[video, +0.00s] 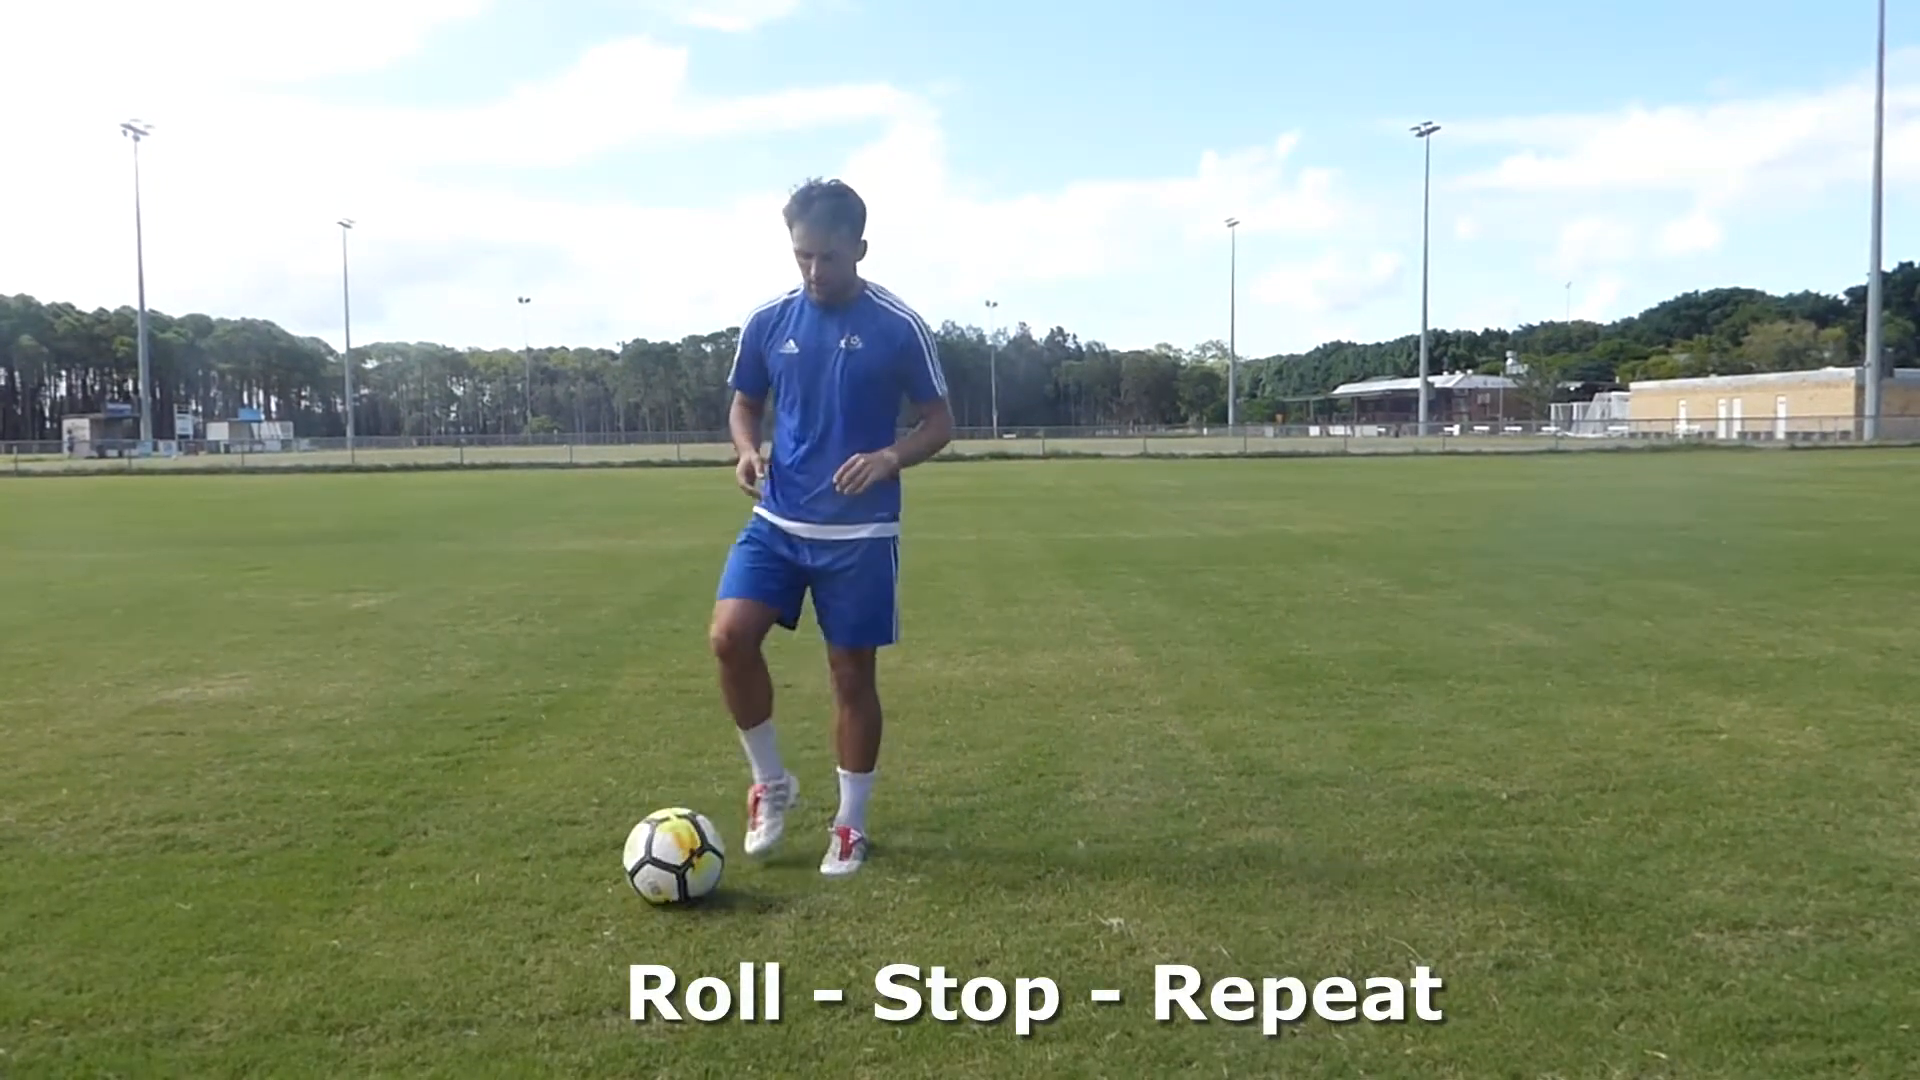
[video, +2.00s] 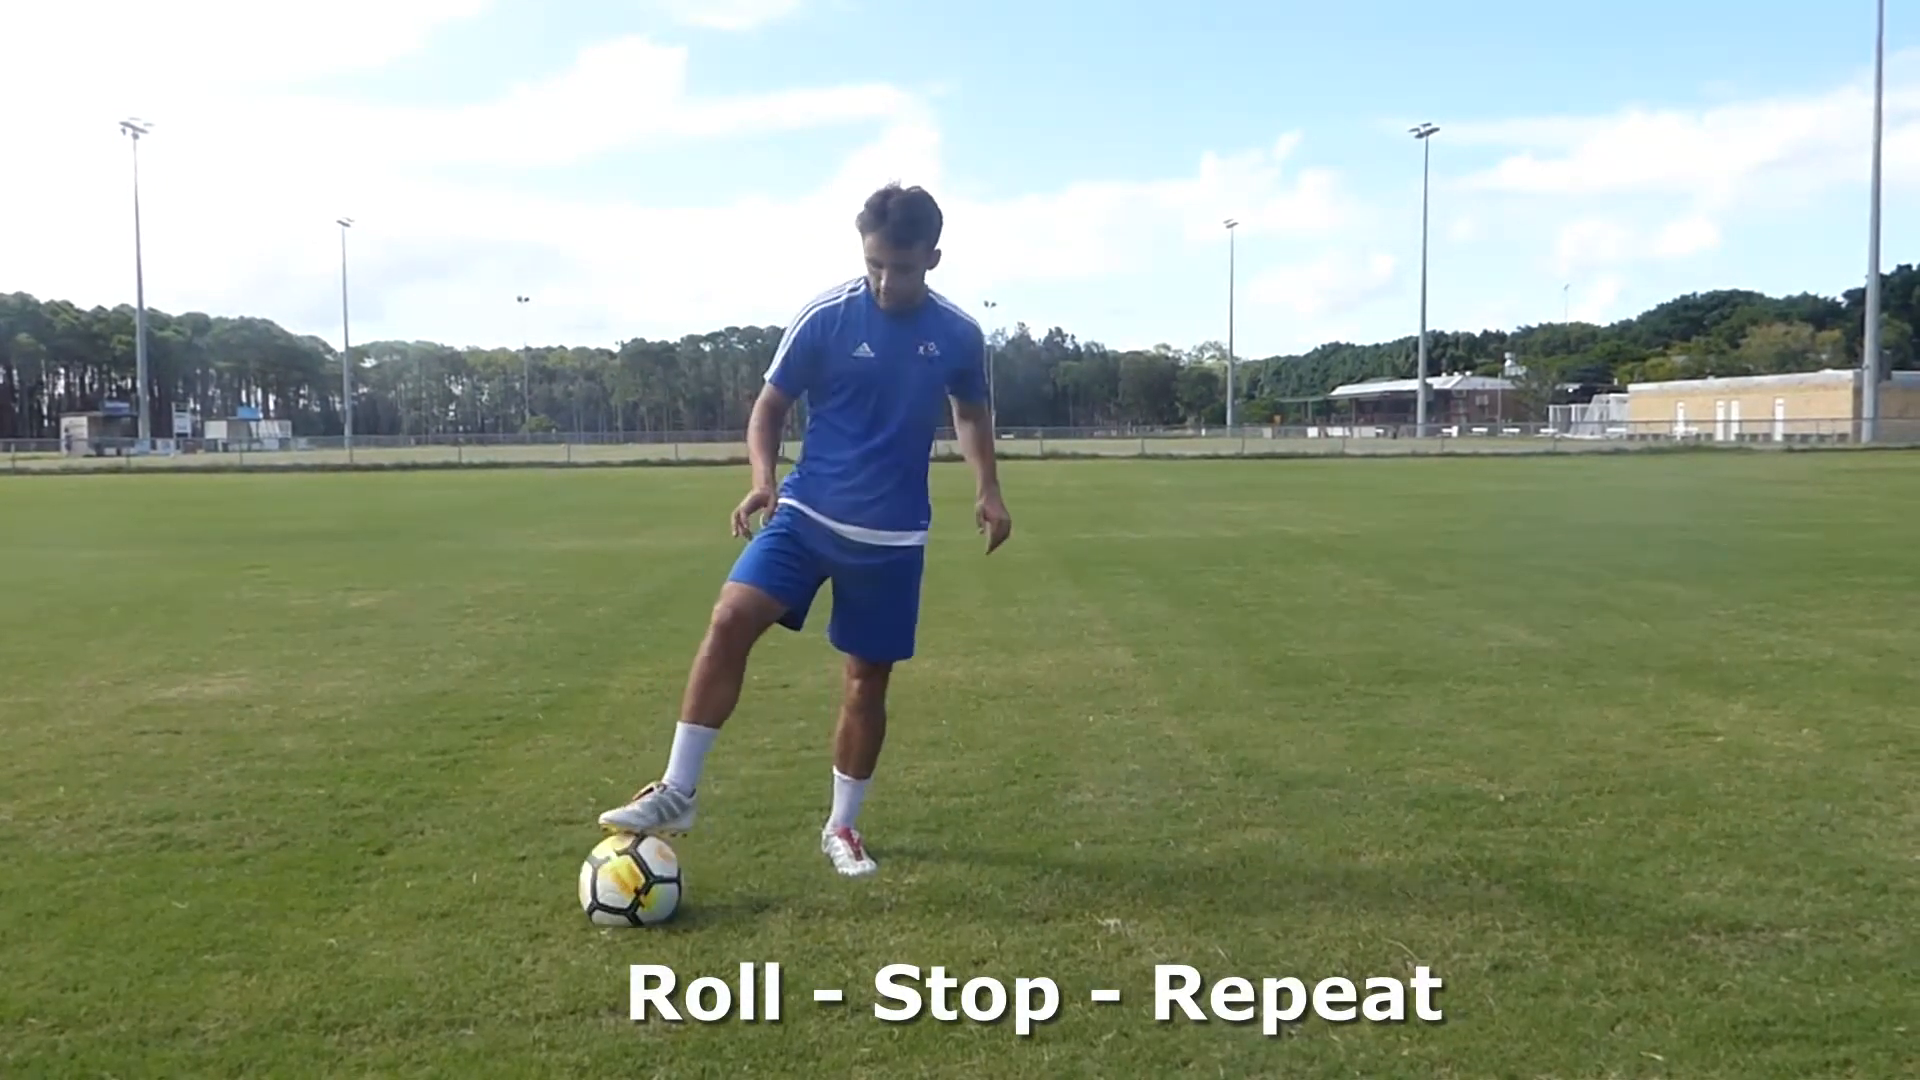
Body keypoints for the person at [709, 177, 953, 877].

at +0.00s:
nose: (816, 272)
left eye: (829, 257)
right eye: (804, 256)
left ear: (859, 247)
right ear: (790, 248)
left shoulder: (899, 326)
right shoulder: (768, 323)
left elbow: (939, 422)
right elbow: (744, 405)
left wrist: (889, 457)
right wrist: (749, 447)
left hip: (857, 534)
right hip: (776, 524)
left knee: (851, 678)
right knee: (729, 637)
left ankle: (849, 825)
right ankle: (770, 783)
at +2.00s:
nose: (886, 282)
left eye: (901, 268)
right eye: (875, 265)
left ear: (931, 257)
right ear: (862, 249)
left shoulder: (958, 335)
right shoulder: (826, 316)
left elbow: (973, 412)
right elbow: (767, 408)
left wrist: (989, 489)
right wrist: (764, 477)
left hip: (891, 539)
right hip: (805, 515)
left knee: (867, 688)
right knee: (730, 620)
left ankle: (841, 830)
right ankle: (677, 792)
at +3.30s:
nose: (989, 259)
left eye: (1002, 243)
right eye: (974, 245)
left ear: (1024, 232)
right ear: (952, 237)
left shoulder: (1072, 309)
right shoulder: (927, 332)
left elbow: (1116, 391)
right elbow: (901, 433)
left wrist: (1138, 461)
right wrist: (935, 468)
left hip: (1077, 533)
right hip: (987, 546)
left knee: (1100, 679)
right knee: (1000, 692)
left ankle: (1107, 826)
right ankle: (1002, 846)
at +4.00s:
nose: (1061, 234)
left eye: (1074, 220)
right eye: (1047, 222)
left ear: (1098, 225)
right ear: (1028, 232)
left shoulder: (1143, 319)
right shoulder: (1002, 326)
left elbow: (1174, 410)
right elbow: (971, 426)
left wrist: (1164, 477)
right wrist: (1008, 467)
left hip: (1111, 540)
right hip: (1026, 540)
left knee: (1097, 683)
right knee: (1022, 686)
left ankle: (1091, 831)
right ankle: (1003, 843)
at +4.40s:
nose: (1058, 241)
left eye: (1072, 226)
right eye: (1045, 226)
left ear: (1099, 228)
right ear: (1028, 232)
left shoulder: (1144, 320)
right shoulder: (1003, 325)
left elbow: (1178, 412)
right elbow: (976, 422)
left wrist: (1163, 483)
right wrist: (1010, 466)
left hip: (1103, 538)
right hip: (1019, 534)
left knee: (1093, 682)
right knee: (1006, 675)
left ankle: (1090, 830)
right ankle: (997, 826)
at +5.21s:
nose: (874, 272)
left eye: (886, 254)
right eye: (860, 259)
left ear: (912, 239)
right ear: (843, 251)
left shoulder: (966, 315)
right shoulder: (829, 337)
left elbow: (1021, 394)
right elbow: (814, 422)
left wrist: (1038, 474)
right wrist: (839, 471)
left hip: (960, 514)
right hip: (879, 533)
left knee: (979, 625)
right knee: (904, 682)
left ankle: (1031, 799)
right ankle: (929, 832)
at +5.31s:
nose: (855, 272)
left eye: (868, 255)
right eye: (842, 259)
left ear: (896, 240)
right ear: (826, 251)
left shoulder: (949, 317)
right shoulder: (812, 336)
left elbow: (1009, 400)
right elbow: (803, 423)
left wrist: (1025, 482)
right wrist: (826, 471)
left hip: (933, 513)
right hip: (857, 532)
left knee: (918, 623)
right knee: (891, 682)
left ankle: (958, 801)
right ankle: (926, 829)